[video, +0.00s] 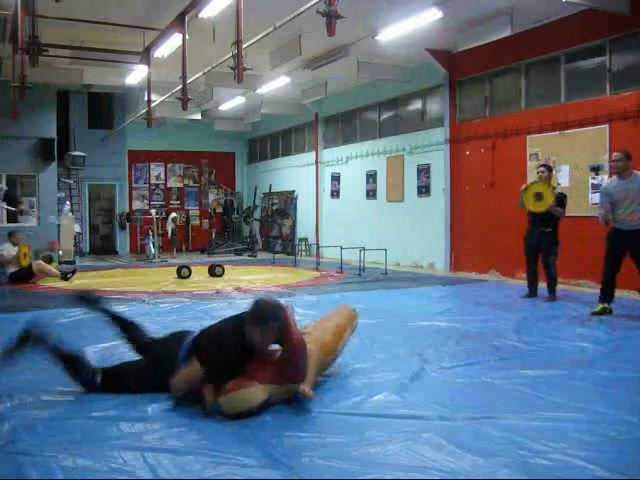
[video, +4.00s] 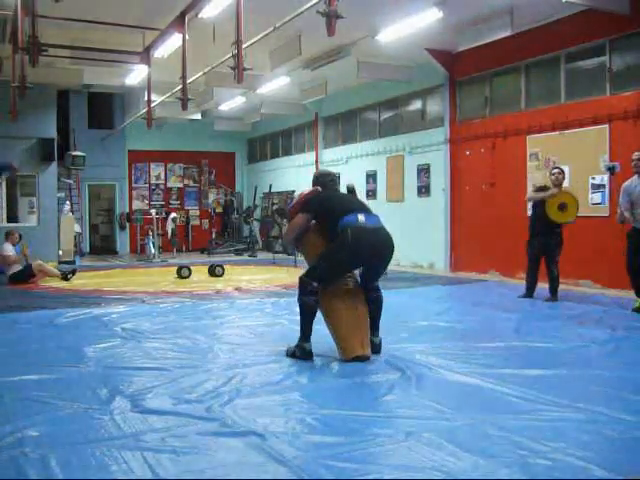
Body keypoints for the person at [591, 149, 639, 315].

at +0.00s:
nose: (614, 164)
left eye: (618, 161)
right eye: (612, 161)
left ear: (629, 163)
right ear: (611, 164)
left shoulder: (637, 180)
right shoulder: (608, 186)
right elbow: (604, 209)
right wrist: (605, 217)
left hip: (636, 229)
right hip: (618, 229)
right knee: (610, 268)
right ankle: (605, 302)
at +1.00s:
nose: (635, 164)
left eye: (637, 161)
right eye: (634, 161)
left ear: (639, 163)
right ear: (631, 164)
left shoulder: (630, 187)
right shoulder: (627, 186)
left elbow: (624, 210)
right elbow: (623, 209)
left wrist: (629, 218)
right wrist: (626, 218)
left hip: (634, 228)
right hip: (633, 227)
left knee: (628, 264)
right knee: (627, 264)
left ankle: (623, 299)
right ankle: (623, 299)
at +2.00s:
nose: (634, 164)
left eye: (636, 160)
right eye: (632, 161)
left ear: (639, 163)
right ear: (630, 164)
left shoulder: (629, 186)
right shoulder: (626, 186)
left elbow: (622, 209)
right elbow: (622, 209)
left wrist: (629, 221)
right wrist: (628, 221)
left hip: (634, 228)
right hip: (632, 228)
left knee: (627, 265)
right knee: (626, 265)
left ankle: (623, 299)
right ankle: (623, 299)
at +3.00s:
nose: (634, 163)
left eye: (636, 160)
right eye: (632, 160)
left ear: (639, 162)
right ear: (630, 163)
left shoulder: (629, 186)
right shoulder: (626, 186)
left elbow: (623, 209)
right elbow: (622, 208)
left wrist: (627, 222)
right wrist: (627, 222)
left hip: (634, 229)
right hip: (633, 228)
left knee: (627, 265)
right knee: (626, 265)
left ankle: (623, 299)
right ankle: (622, 299)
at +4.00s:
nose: (635, 163)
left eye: (637, 160)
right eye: (634, 161)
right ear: (631, 164)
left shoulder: (630, 186)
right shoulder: (628, 186)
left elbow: (625, 208)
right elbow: (625, 207)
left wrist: (629, 217)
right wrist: (630, 218)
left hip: (635, 229)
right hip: (635, 229)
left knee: (634, 265)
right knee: (633, 265)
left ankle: (638, 297)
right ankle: (638, 297)